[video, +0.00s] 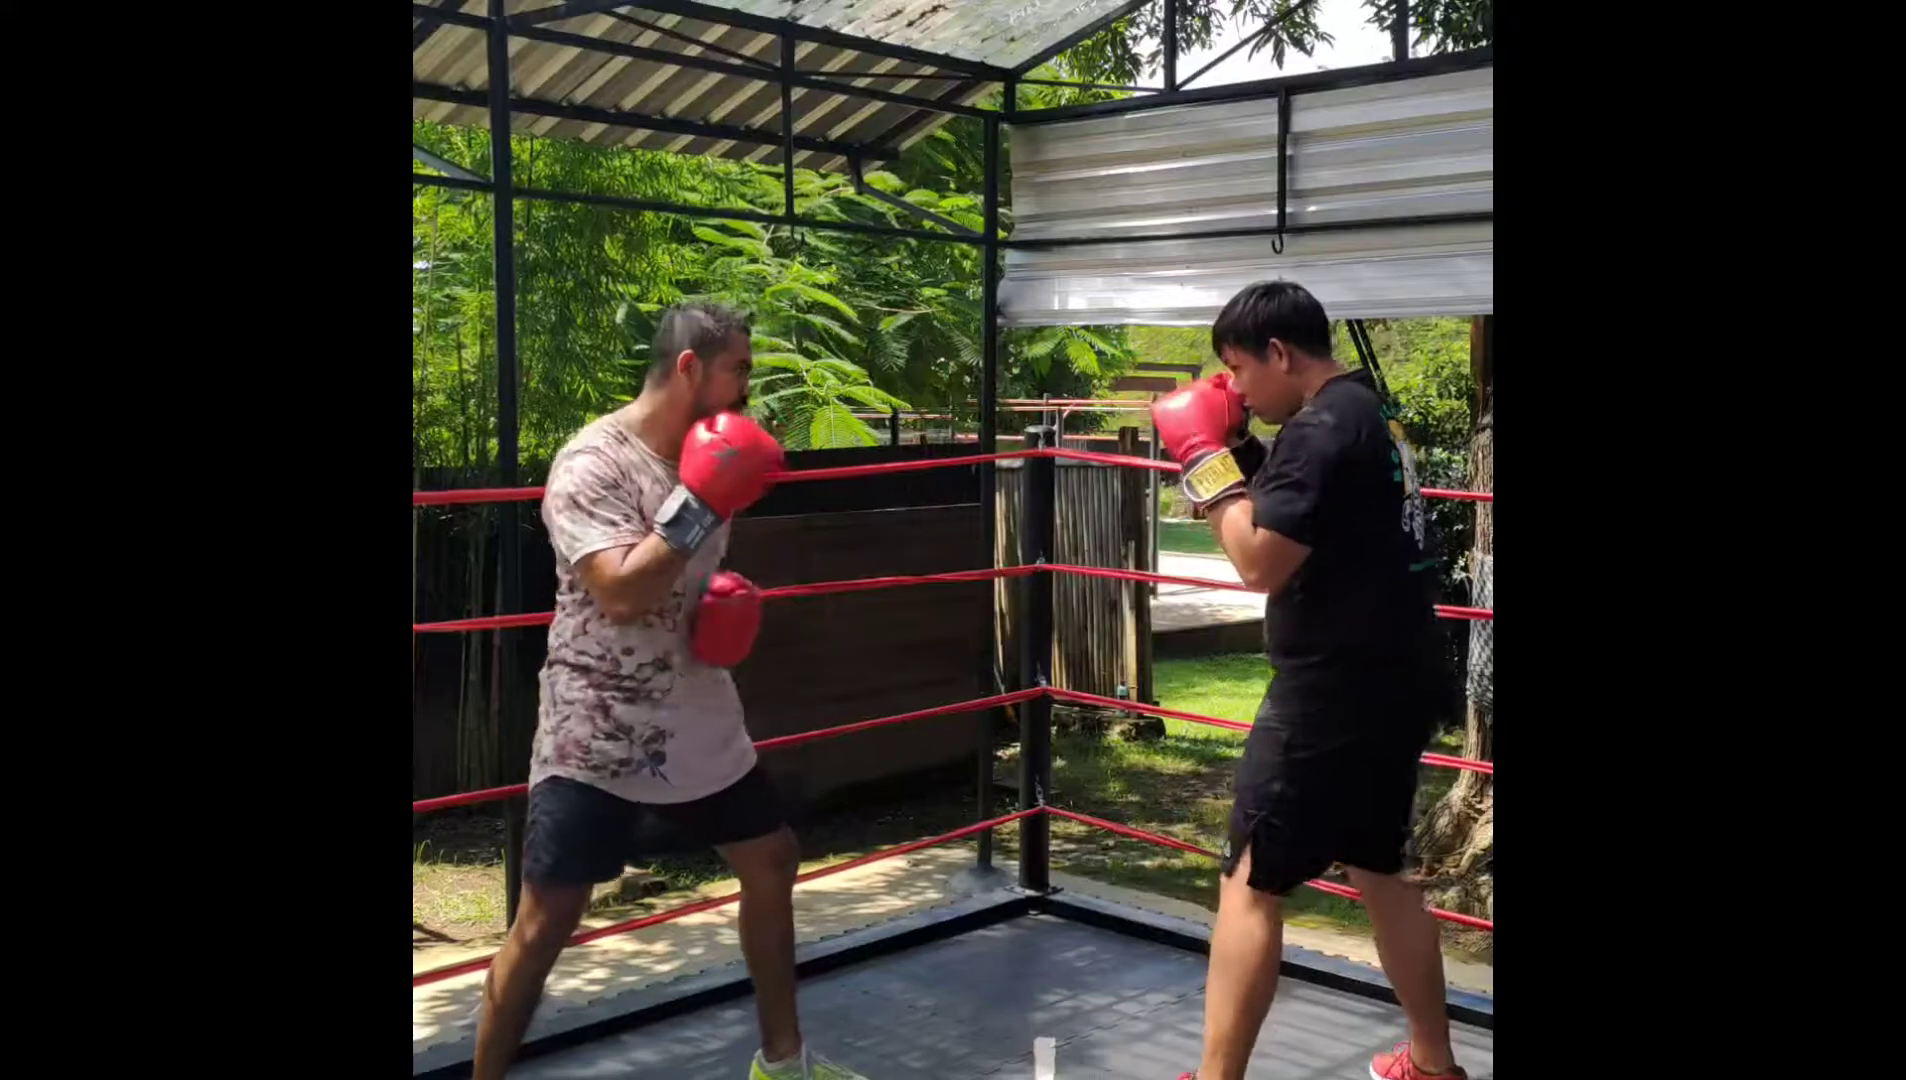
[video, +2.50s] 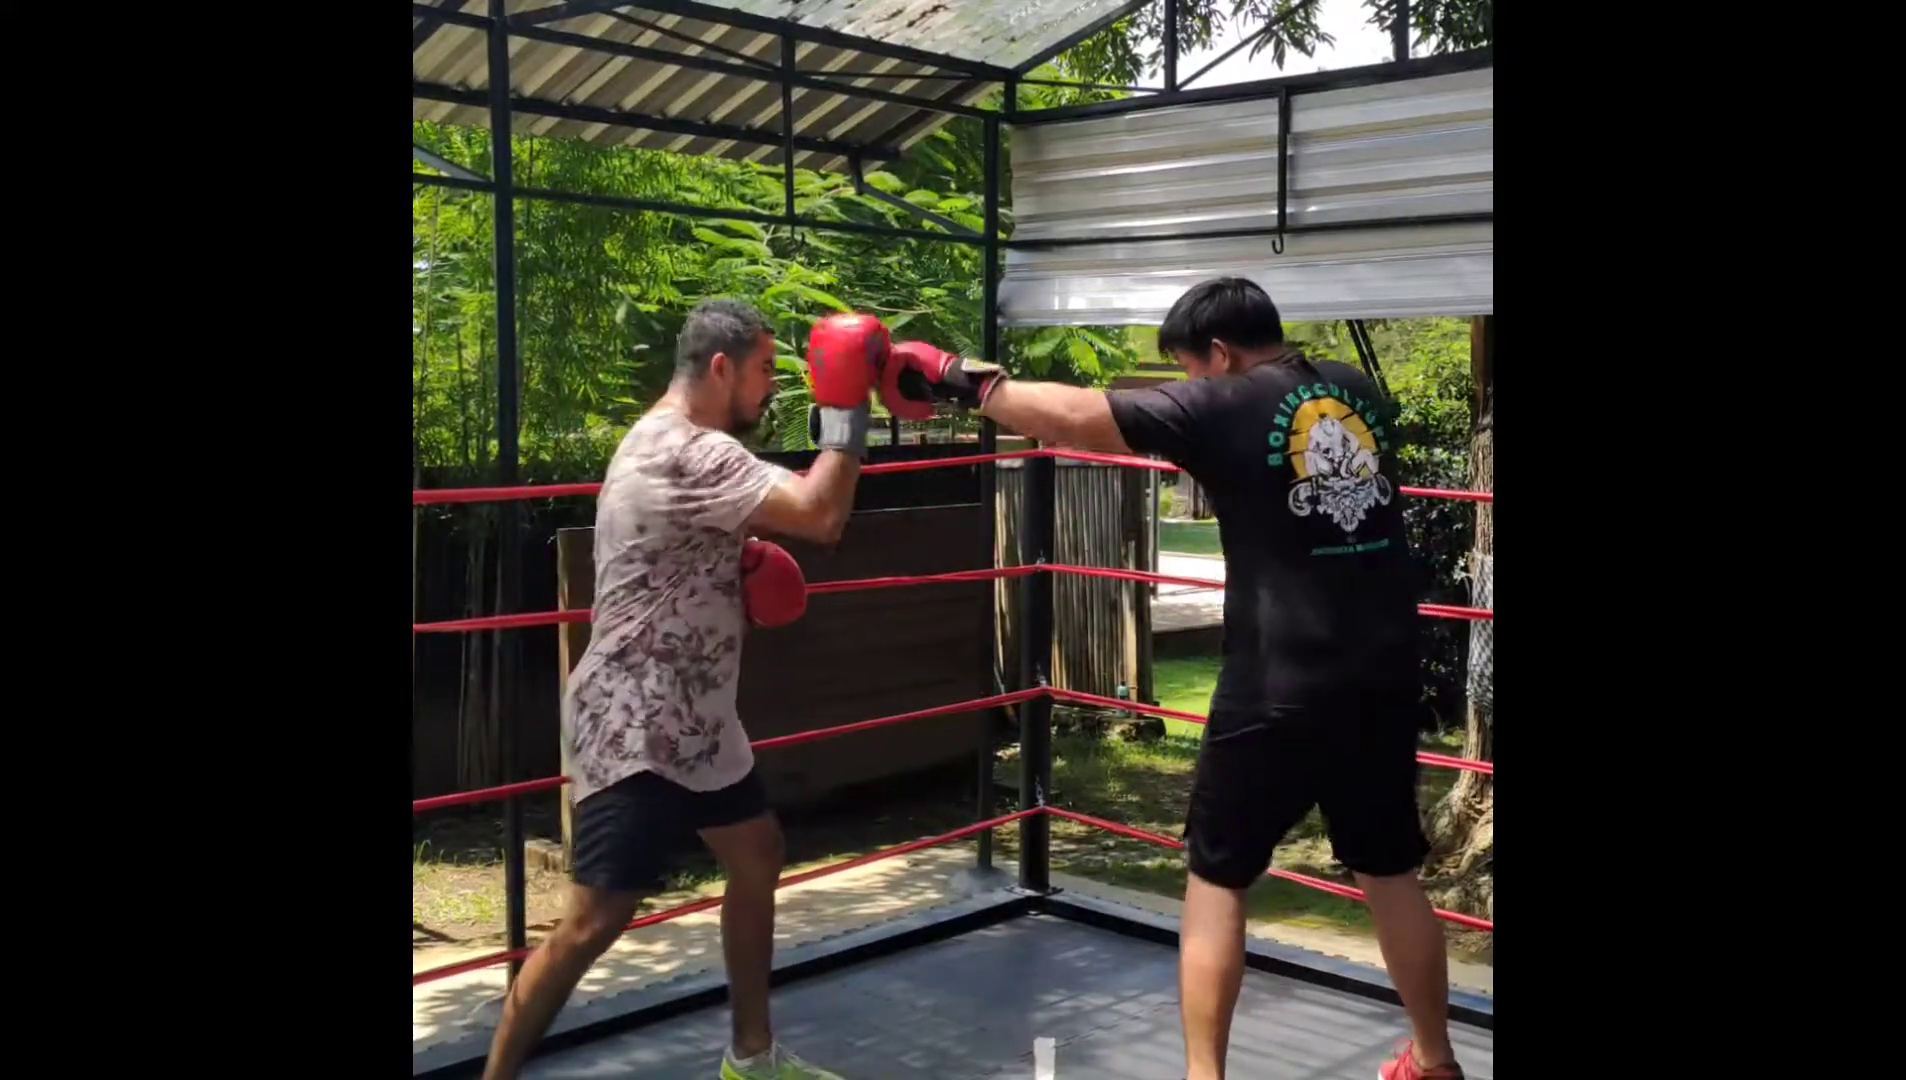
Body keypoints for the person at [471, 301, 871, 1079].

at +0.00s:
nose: (746, 391)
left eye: (749, 375)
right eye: (740, 372)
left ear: (697, 371)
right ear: (688, 367)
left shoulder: (708, 466)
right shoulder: (585, 465)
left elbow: (698, 586)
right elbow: (620, 593)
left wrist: (727, 615)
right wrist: (702, 501)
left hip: (702, 732)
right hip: (595, 739)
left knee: (771, 862)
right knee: (544, 922)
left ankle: (783, 1056)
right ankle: (486, 1074)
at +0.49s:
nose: (736, 377)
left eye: (738, 360)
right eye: (731, 359)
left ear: (669, 358)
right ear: (692, 356)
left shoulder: (656, 439)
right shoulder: (636, 446)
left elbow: (631, 562)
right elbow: (788, 482)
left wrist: (712, 569)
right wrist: (806, 370)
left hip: (698, 713)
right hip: (634, 721)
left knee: (763, 859)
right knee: (592, 925)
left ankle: (759, 1055)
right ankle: (498, 1073)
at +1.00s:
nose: (682, 399)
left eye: (685, 381)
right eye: (676, 379)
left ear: (627, 378)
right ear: (627, 374)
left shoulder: (634, 463)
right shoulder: (532, 473)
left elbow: (643, 566)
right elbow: (593, 604)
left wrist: (666, 600)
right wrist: (662, 516)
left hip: (626, 715)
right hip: (540, 725)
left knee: (692, 869)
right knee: (526, 935)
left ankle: (733, 1056)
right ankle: (479, 1075)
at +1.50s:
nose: (758, 395)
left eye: (762, 379)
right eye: (750, 376)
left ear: (710, 372)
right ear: (695, 366)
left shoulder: (724, 468)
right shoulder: (598, 463)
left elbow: (760, 543)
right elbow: (620, 576)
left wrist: (817, 542)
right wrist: (714, 505)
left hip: (724, 725)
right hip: (618, 734)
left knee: (797, 868)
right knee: (559, 927)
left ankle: (809, 1054)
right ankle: (489, 1074)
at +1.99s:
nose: (736, 405)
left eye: (739, 388)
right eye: (726, 387)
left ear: (679, 388)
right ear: (671, 383)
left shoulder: (716, 481)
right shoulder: (574, 474)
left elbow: (726, 594)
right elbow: (570, 612)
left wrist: (713, 647)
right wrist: (668, 534)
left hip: (698, 726)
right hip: (589, 733)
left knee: (782, 866)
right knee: (540, 928)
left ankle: (804, 1051)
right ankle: (490, 1075)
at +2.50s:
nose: (773, 385)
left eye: (773, 369)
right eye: (766, 368)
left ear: (711, 367)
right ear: (723, 366)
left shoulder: (672, 439)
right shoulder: (683, 451)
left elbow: (661, 567)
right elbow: (821, 518)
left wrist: (740, 581)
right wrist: (843, 410)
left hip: (697, 715)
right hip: (635, 721)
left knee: (756, 857)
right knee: (592, 923)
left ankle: (753, 1053)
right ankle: (495, 1074)